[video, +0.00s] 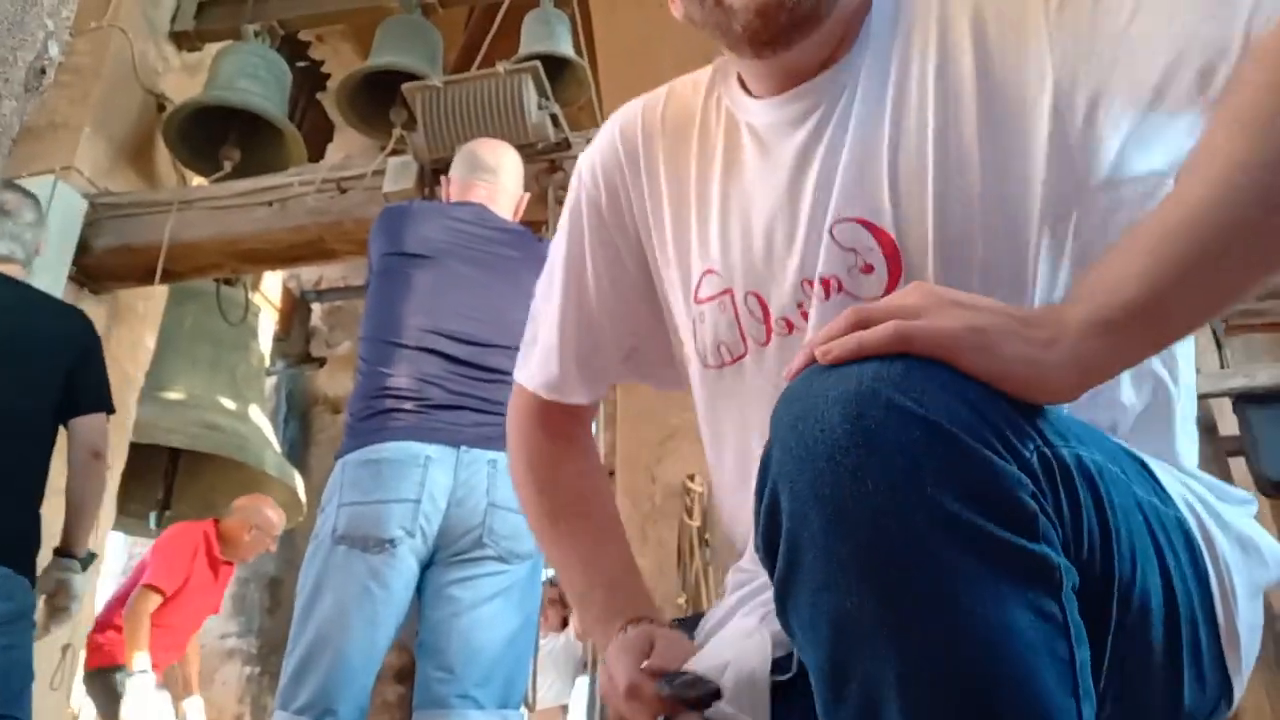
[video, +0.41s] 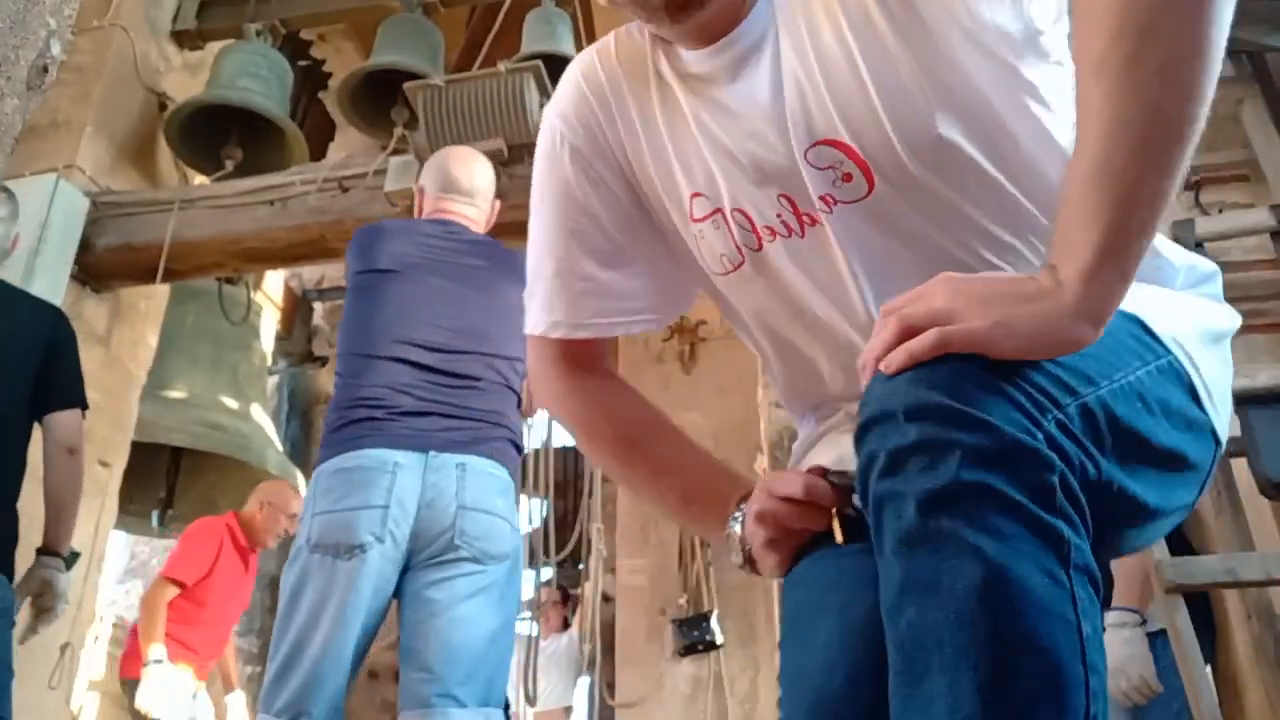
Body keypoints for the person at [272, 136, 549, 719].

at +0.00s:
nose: (441, 191)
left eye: (441, 185)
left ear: (444, 189)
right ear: (521, 207)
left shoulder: (394, 224)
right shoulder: (549, 259)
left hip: (388, 467)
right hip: (511, 480)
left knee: (319, 703)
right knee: (473, 706)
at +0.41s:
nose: (414, 203)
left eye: (413, 197)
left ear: (418, 200)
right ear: (495, 212)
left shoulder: (367, 244)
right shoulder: (525, 270)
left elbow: (357, 356)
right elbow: (529, 395)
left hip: (363, 470)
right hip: (482, 481)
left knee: (298, 703)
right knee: (457, 705)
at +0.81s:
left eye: (337, 233)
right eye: (413, 231)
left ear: (337, 238)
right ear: (412, 236)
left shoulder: (295, 280)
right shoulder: (438, 285)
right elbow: (498, 410)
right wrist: (452, 354)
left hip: (273, 483)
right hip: (389, 488)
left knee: (243, 705)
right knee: (386, 706)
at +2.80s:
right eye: (390, 208)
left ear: (310, 218)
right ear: (385, 211)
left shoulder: (265, 270)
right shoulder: (405, 266)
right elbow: (471, 386)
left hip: (230, 489)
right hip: (344, 486)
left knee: (213, 709)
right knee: (308, 707)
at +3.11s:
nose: (394, 215)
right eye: (394, 207)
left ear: (314, 215)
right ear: (388, 209)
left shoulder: (265, 269)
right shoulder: (407, 265)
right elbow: (473, 386)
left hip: (231, 489)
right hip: (345, 485)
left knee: (214, 709)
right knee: (309, 707)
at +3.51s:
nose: (413, 223)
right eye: (413, 217)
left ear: (332, 209)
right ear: (407, 219)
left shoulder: (276, 265)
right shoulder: (417, 264)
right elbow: (480, 386)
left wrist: (430, 369)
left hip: (233, 489)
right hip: (347, 488)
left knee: (217, 709)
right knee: (310, 707)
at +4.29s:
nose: (411, 217)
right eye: (412, 211)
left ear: (330, 215)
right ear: (406, 214)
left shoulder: (277, 271)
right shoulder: (424, 269)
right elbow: (481, 399)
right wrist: (443, 340)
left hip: (241, 487)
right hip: (354, 487)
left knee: (218, 708)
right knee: (313, 708)